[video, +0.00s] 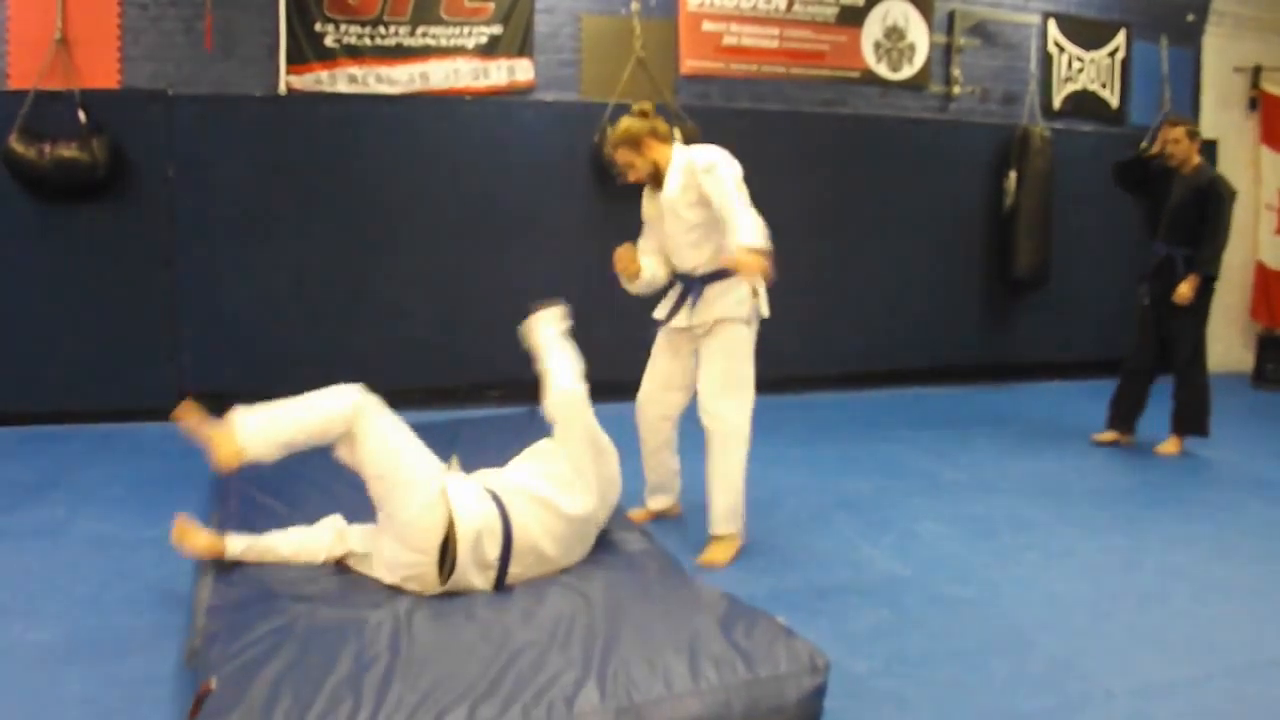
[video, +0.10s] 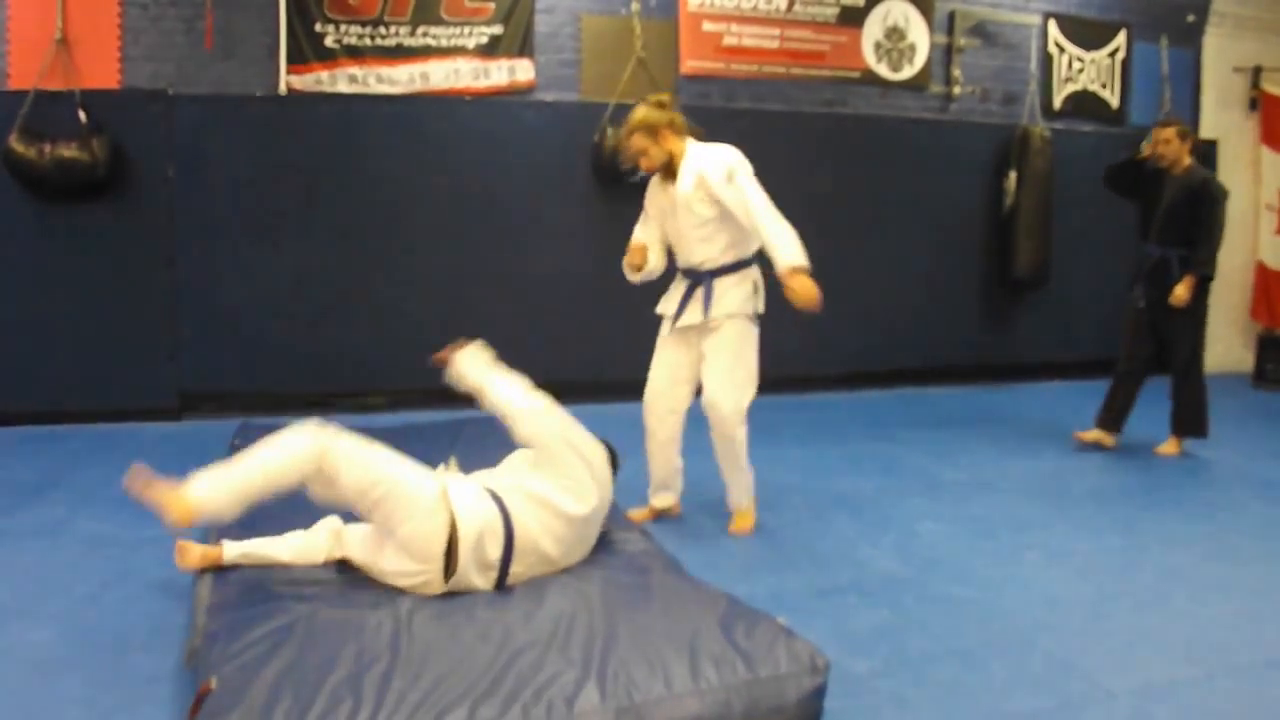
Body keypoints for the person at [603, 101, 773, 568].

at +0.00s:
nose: (628, 176)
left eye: (628, 164)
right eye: (621, 169)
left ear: (650, 143)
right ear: (633, 156)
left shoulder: (708, 162)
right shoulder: (653, 194)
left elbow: (738, 206)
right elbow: (657, 269)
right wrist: (634, 272)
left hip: (727, 293)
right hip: (681, 302)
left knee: (723, 410)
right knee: (654, 405)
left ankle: (726, 531)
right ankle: (662, 499)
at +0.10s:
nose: (641, 165)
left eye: (642, 154)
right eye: (636, 159)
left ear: (666, 136)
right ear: (646, 152)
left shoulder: (718, 162)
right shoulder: (658, 186)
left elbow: (762, 213)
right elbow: (652, 257)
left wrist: (792, 268)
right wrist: (637, 263)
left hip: (733, 290)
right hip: (684, 292)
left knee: (724, 403)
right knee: (660, 401)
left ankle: (742, 505)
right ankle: (664, 498)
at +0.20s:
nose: (661, 151)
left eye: (665, 140)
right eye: (656, 144)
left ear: (691, 129)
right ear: (659, 143)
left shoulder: (736, 164)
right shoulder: (671, 181)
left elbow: (777, 224)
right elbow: (651, 230)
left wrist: (806, 288)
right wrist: (650, 262)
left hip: (740, 290)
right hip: (690, 290)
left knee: (737, 402)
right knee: (667, 399)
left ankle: (746, 479)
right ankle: (665, 496)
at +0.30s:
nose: (687, 146)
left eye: (694, 136)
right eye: (683, 138)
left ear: (719, 130)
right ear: (683, 137)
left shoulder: (758, 169)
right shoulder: (690, 176)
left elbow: (786, 235)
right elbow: (663, 226)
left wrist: (801, 302)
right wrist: (665, 271)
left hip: (753, 287)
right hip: (703, 286)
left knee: (747, 391)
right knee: (679, 388)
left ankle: (749, 475)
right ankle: (664, 490)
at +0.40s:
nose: (714, 143)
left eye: (721, 133)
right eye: (709, 135)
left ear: (745, 129)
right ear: (707, 135)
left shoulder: (779, 172)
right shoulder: (706, 174)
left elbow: (793, 241)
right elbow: (683, 227)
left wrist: (785, 306)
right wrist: (684, 276)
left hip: (765, 283)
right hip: (716, 280)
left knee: (750, 388)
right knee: (689, 379)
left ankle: (747, 473)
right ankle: (667, 476)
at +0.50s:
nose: (739, 134)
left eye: (747, 126)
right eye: (734, 126)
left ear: (767, 123)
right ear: (728, 126)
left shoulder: (794, 167)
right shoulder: (719, 166)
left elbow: (803, 235)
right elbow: (706, 229)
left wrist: (791, 295)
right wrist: (704, 280)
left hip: (772, 275)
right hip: (723, 273)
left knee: (757, 379)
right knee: (700, 364)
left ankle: (747, 471)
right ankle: (705, 451)